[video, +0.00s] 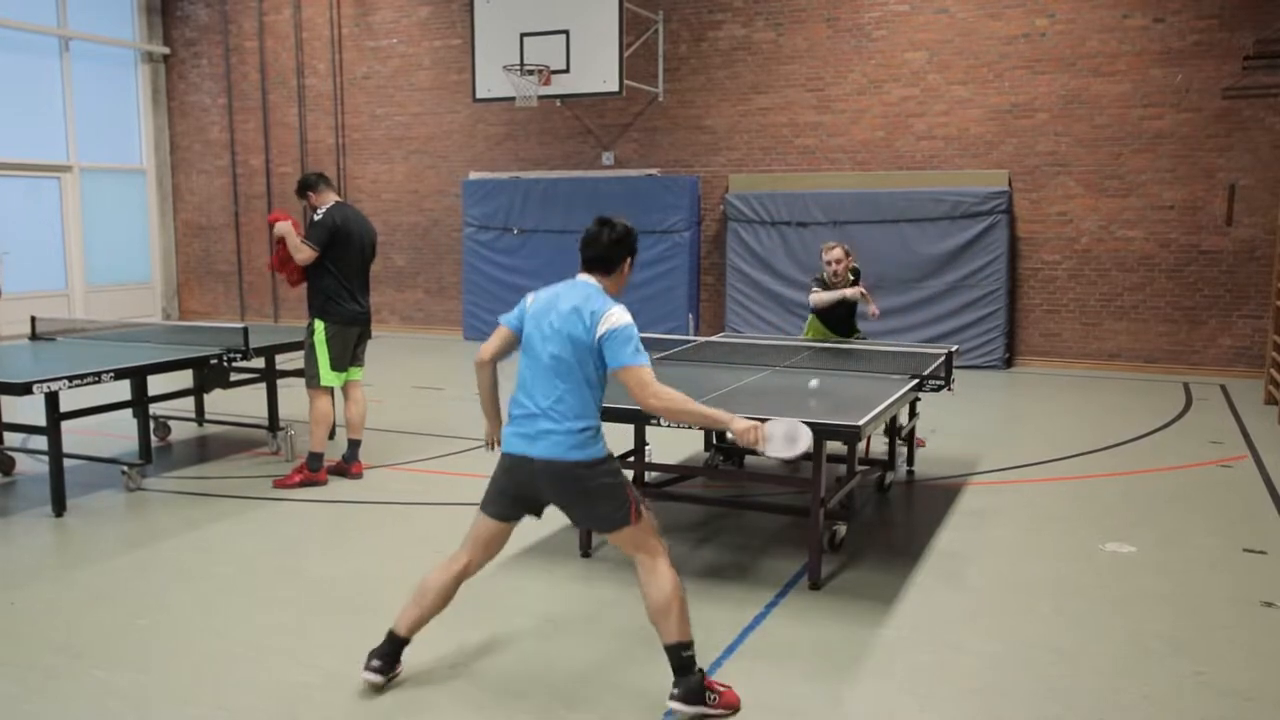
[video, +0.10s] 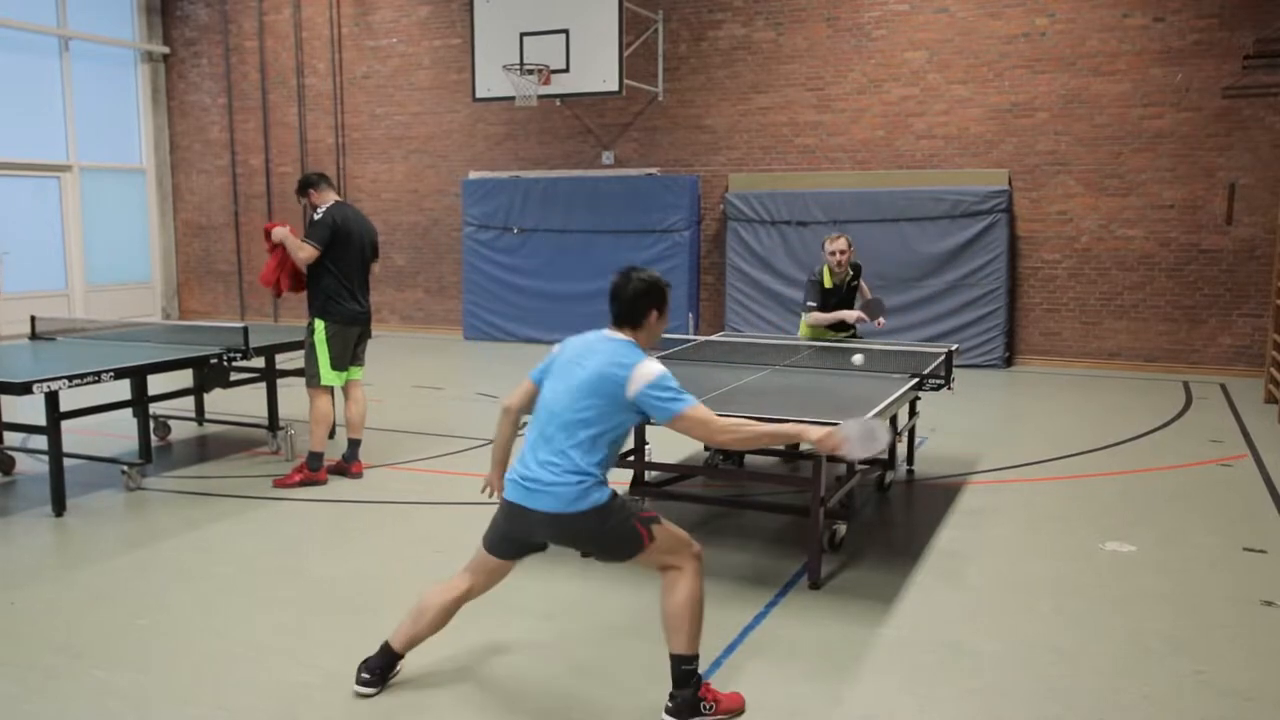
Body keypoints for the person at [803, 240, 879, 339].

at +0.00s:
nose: (834, 269)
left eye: (838, 262)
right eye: (828, 264)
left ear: (849, 261)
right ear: (823, 266)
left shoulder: (854, 273)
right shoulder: (819, 281)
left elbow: (857, 288)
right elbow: (814, 302)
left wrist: (870, 304)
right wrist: (844, 293)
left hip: (849, 339)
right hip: (817, 339)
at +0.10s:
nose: (838, 259)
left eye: (842, 253)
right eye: (832, 254)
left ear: (851, 253)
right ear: (824, 256)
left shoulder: (855, 270)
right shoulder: (816, 278)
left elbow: (858, 283)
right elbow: (810, 319)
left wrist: (874, 312)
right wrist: (843, 315)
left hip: (846, 336)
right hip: (817, 338)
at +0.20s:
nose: (841, 244)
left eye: (846, 238)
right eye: (836, 239)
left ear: (854, 238)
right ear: (827, 241)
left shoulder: (864, 259)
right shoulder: (814, 270)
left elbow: (874, 282)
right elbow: (803, 306)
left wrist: (876, 307)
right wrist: (825, 318)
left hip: (856, 330)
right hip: (822, 333)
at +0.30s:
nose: (842, 235)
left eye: (846, 229)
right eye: (836, 230)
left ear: (853, 230)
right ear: (827, 233)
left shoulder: (867, 249)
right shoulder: (814, 262)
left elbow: (885, 274)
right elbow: (803, 297)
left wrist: (876, 303)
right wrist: (816, 314)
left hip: (858, 325)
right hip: (826, 326)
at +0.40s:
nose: (842, 241)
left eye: (846, 235)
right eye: (836, 236)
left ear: (853, 235)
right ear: (828, 238)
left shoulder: (869, 252)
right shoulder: (818, 265)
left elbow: (891, 276)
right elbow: (798, 299)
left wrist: (883, 299)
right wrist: (815, 317)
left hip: (864, 324)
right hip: (829, 327)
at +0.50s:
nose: (839, 255)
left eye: (844, 249)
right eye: (834, 251)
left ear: (851, 247)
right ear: (826, 251)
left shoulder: (866, 260)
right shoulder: (821, 269)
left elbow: (892, 280)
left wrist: (893, 301)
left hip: (864, 334)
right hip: (832, 335)